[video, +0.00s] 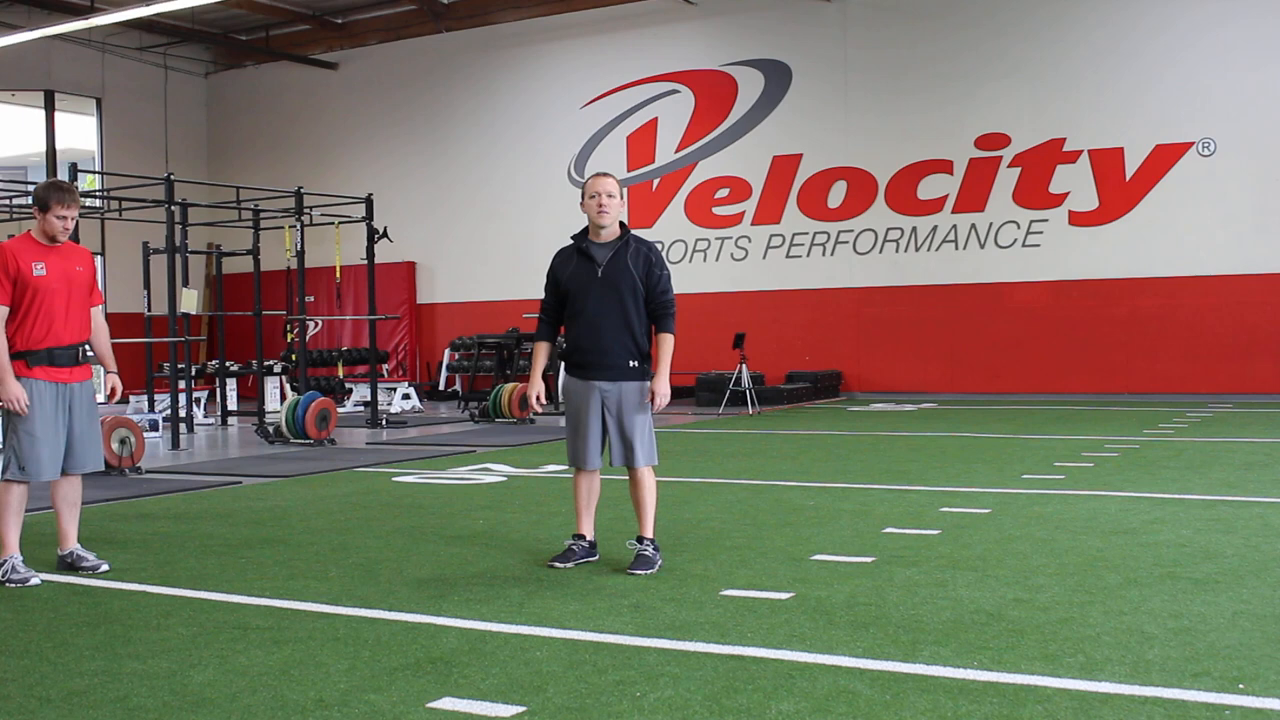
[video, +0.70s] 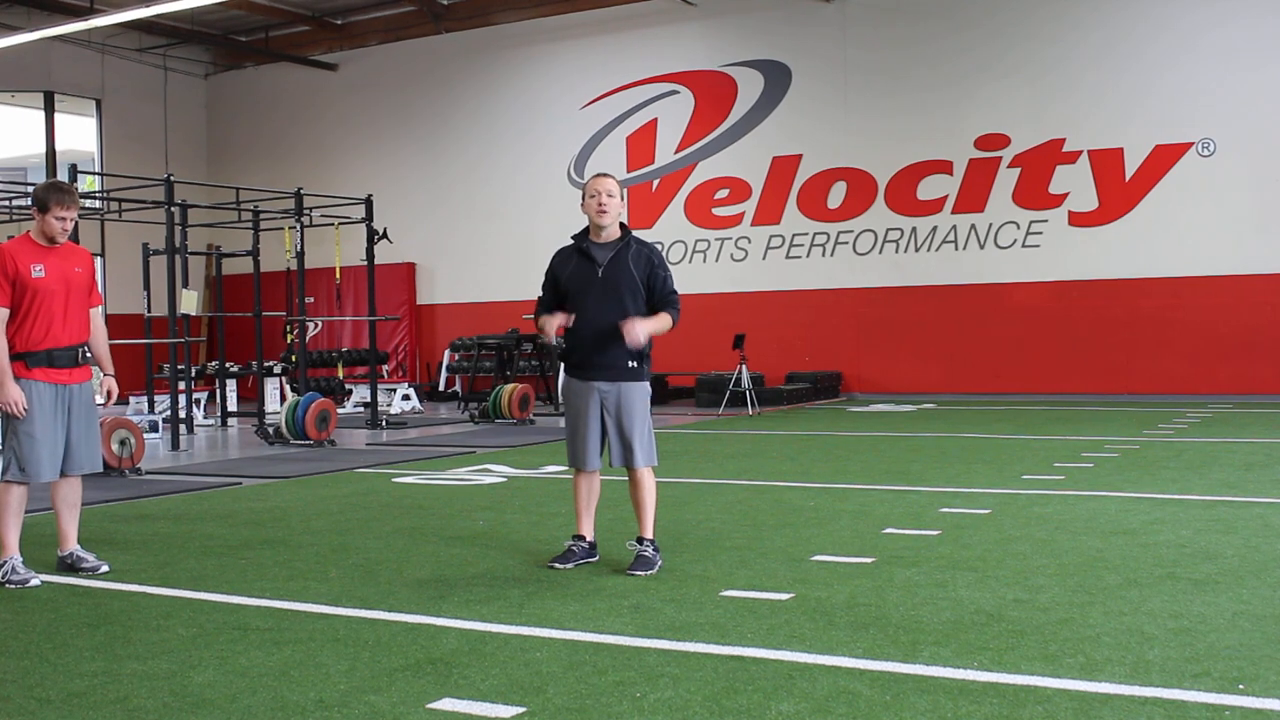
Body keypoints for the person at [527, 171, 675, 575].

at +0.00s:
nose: (602, 202)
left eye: (610, 196)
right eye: (594, 196)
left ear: (622, 205)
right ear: (583, 205)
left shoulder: (646, 255)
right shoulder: (565, 258)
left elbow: (665, 316)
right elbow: (547, 321)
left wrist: (662, 375)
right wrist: (535, 377)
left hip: (631, 381)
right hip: (579, 380)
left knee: (639, 464)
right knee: (584, 463)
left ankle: (646, 543)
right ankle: (584, 541)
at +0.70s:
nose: (602, 201)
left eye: (609, 196)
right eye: (594, 196)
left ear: (622, 204)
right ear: (583, 205)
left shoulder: (646, 255)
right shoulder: (565, 258)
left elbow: (670, 311)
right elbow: (543, 312)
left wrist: (646, 326)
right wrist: (549, 322)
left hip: (629, 379)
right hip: (579, 377)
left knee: (639, 463)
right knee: (584, 463)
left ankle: (647, 544)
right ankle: (584, 542)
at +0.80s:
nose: (603, 202)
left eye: (611, 196)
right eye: (595, 197)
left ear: (623, 205)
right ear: (585, 206)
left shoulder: (646, 255)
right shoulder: (565, 258)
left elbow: (670, 314)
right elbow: (540, 320)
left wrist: (643, 308)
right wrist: (557, 306)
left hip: (630, 378)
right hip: (580, 377)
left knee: (639, 462)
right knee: (584, 463)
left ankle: (646, 544)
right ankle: (584, 542)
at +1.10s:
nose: (607, 202)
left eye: (615, 196)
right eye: (600, 196)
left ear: (626, 206)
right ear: (588, 206)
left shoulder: (648, 256)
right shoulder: (566, 257)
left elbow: (665, 314)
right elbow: (543, 315)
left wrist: (641, 311)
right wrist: (564, 304)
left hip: (631, 378)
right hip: (581, 377)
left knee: (639, 462)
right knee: (585, 462)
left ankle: (646, 544)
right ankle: (584, 542)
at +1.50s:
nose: (605, 202)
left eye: (613, 196)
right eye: (598, 196)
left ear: (626, 206)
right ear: (587, 206)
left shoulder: (648, 256)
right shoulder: (566, 258)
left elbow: (666, 314)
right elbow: (542, 315)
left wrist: (641, 311)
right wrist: (560, 305)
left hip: (631, 379)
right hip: (581, 377)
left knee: (639, 463)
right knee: (585, 462)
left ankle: (646, 544)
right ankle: (584, 542)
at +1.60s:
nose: (602, 201)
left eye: (610, 196)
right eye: (596, 196)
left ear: (625, 206)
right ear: (587, 205)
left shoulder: (648, 256)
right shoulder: (566, 258)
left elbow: (668, 314)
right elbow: (540, 314)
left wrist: (642, 312)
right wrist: (557, 306)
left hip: (631, 379)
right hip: (581, 377)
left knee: (639, 462)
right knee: (584, 462)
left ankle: (646, 544)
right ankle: (583, 542)